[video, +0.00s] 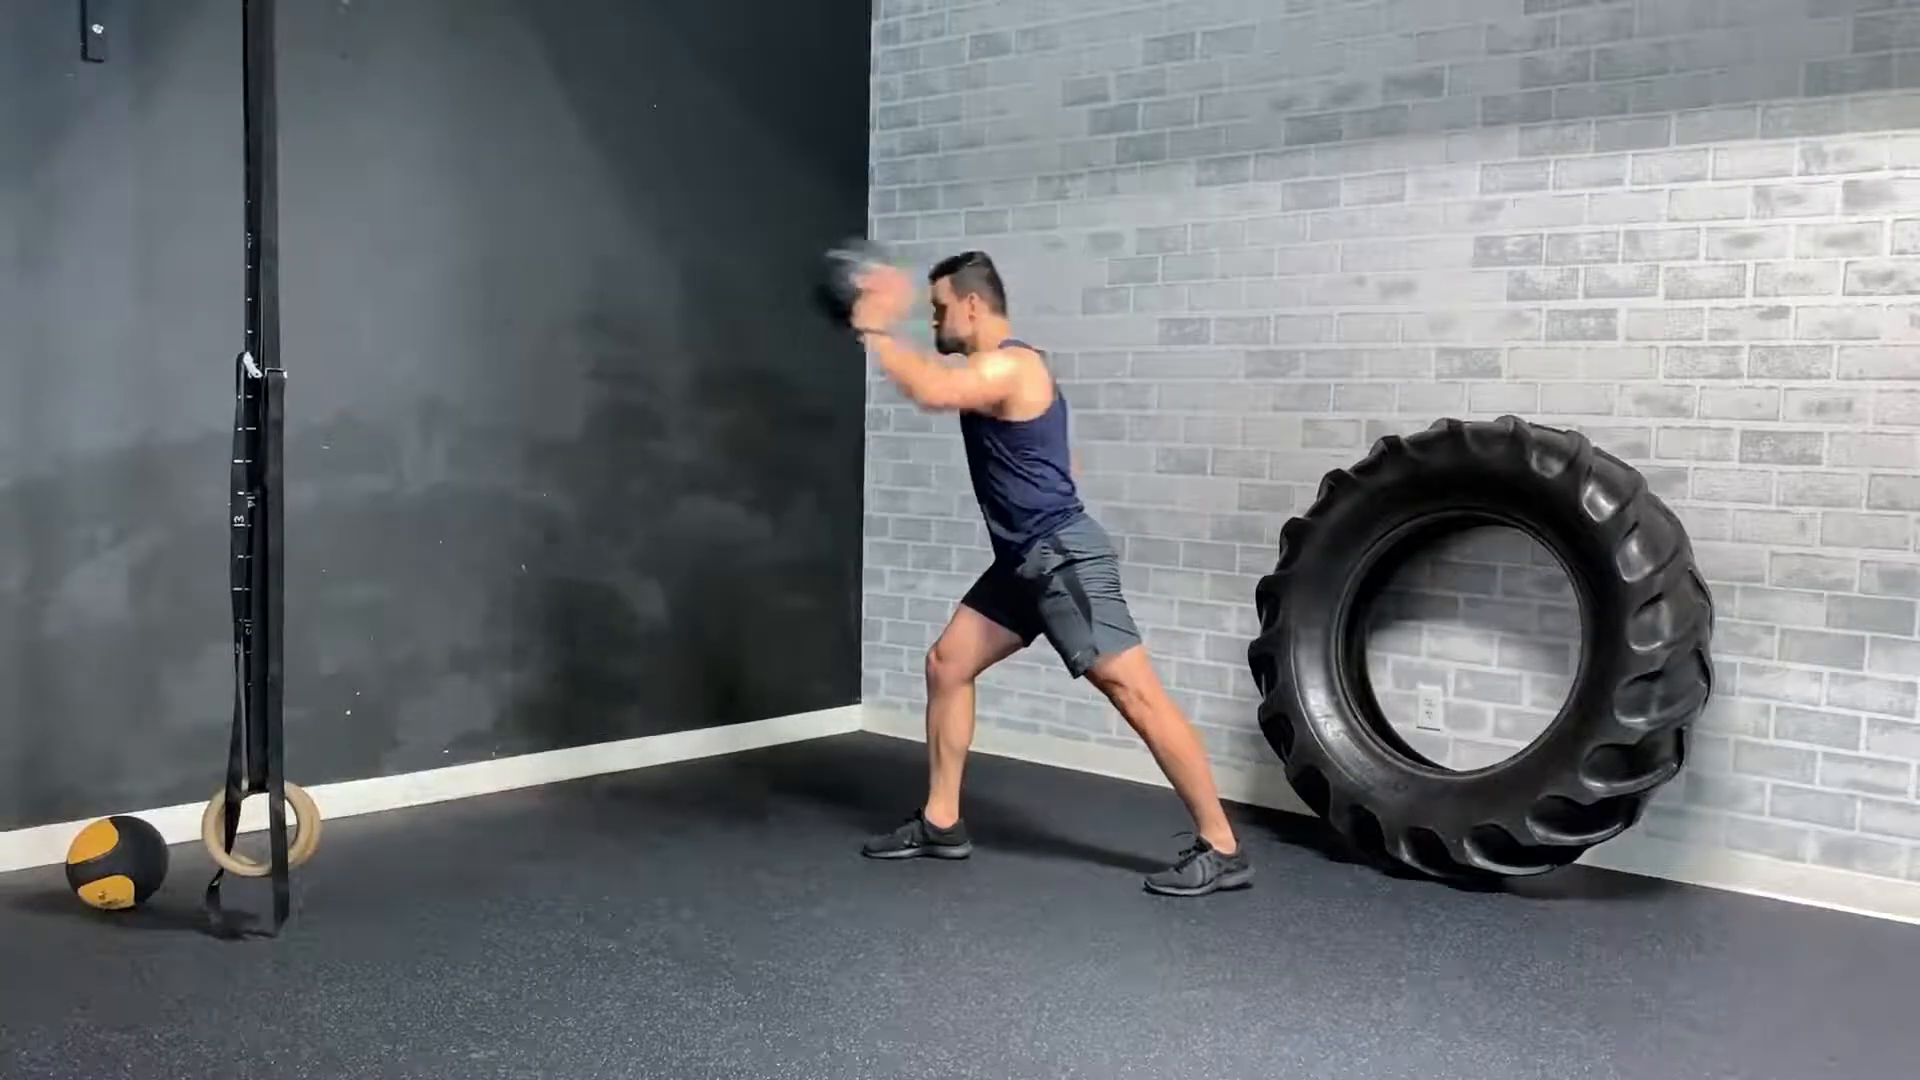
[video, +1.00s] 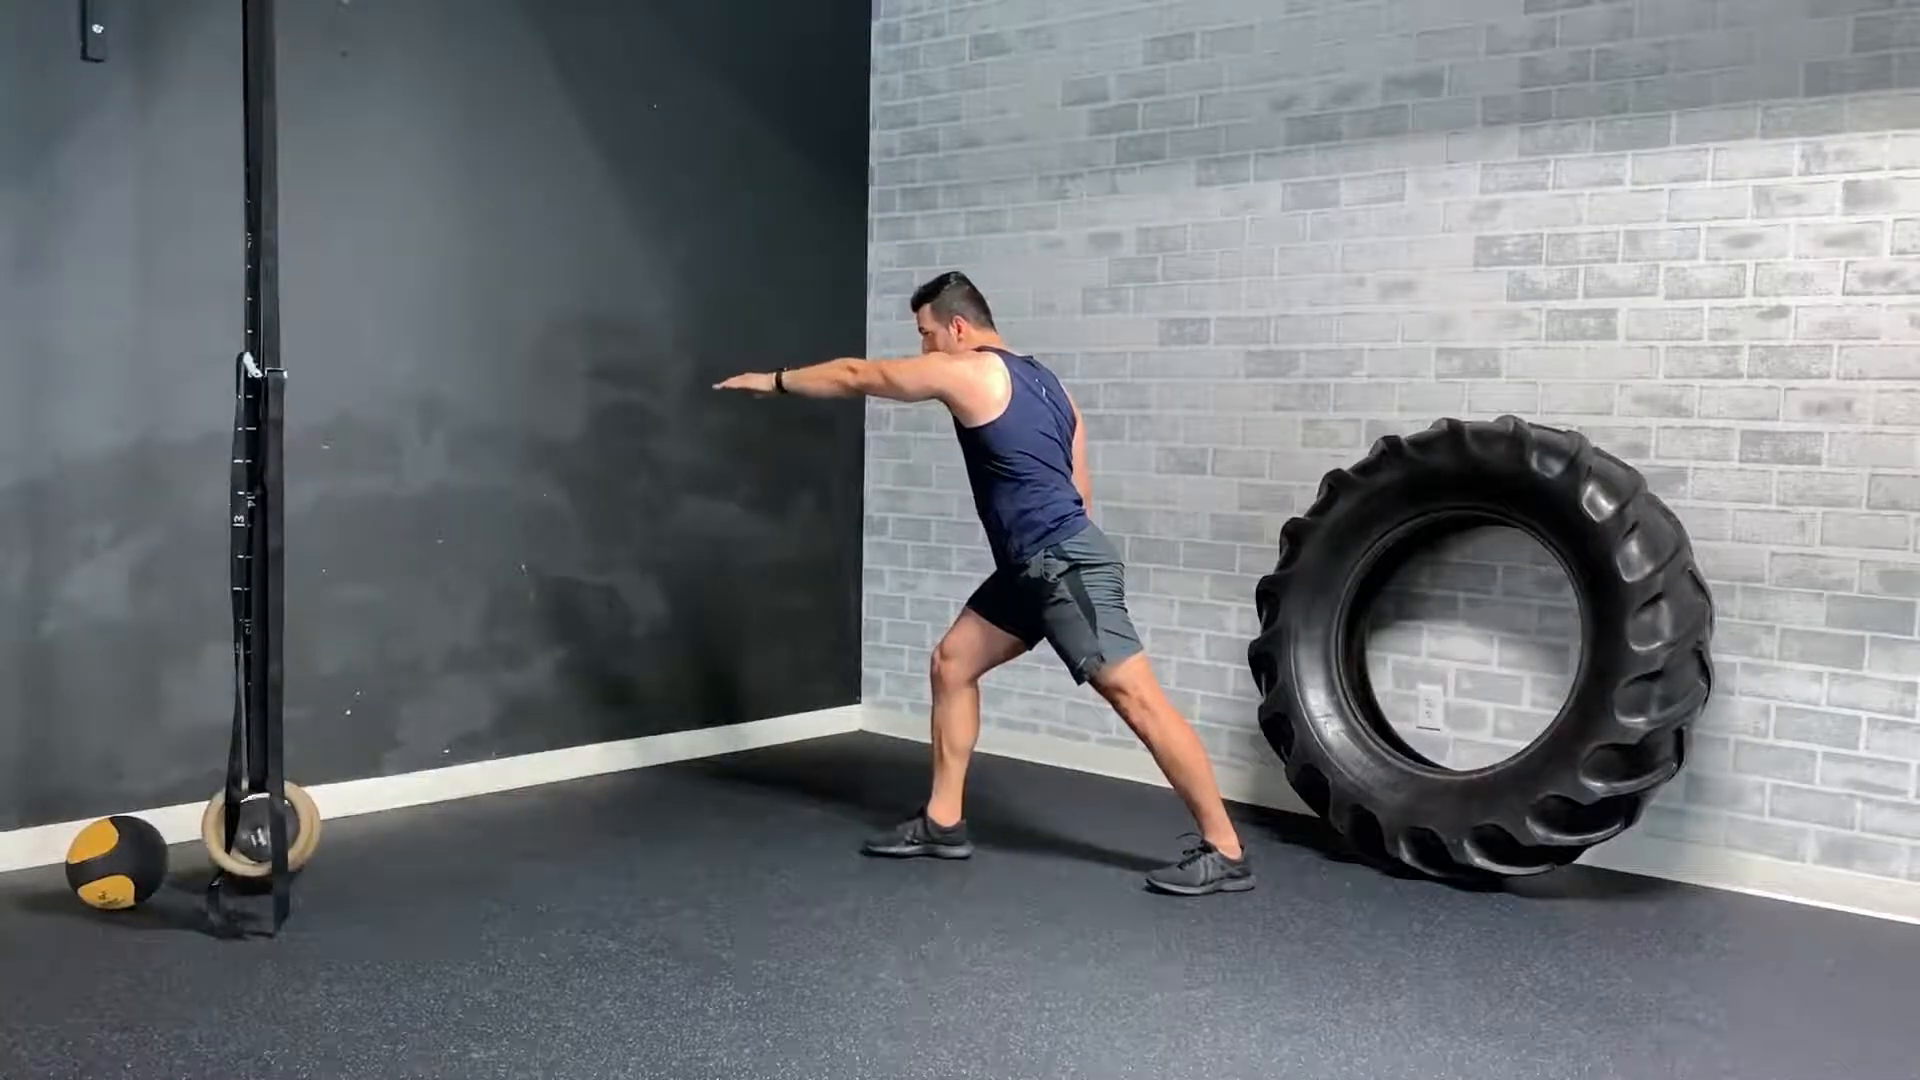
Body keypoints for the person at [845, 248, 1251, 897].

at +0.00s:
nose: (935, 322)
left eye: (941, 309)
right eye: (934, 311)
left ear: (976, 304)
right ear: (977, 307)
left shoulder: (1010, 366)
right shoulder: (999, 367)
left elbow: (931, 388)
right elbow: (1061, 459)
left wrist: (876, 333)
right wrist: (1054, 520)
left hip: (1064, 555)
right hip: (1026, 560)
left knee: (1137, 694)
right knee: (948, 665)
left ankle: (1221, 845)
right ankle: (941, 825)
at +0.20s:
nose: (907, 344)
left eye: (910, 331)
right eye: (905, 332)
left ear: (940, 319)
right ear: (957, 317)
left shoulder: (946, 367)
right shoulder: (1027, 375)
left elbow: (850, 355)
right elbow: (1063, 477)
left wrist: (779, 332)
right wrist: (1038, 540)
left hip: (1057, 555)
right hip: (1029, 560)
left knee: (1137, 693)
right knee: (949, 663)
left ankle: (1220, 845)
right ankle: (941, 822)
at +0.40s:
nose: (908, 355)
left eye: (911, 343)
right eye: (907, 345)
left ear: (941, 332)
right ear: (960, 330)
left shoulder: (946, 375)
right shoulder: (1031, 384)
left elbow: (847, 374)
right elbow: (1071, 485)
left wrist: (771, 367)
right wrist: (1051, 551)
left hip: (1056, 562)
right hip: (1037, 569)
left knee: (1141, 703)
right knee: (951, 660)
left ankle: (1224, 848)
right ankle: (941, 823)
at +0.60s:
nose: (913, 352)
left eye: (916, 339)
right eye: (911, 341)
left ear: (946, 328)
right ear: (968, 328)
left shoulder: (951, 370)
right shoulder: (1040, 386)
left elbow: (847, 371)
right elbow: (1076, 490)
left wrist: (766, 366)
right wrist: (1063, 552)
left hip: (1061, 561)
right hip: (1036, 570)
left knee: (1143, 703)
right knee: (953, 662)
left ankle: (1225, 849)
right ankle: (941, 824)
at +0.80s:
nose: (919, 351)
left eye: (921, 338)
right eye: (917, 340)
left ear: (951, 327)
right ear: (973, 326)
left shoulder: (958, 370)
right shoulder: (1042, 385)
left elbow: (855, 371)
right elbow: (1076, 490)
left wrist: (771, 366)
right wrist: (1065, 550)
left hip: (1062, 561)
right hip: (1036, 569)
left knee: (1143, 703)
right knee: (953, 662)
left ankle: (1226, 850)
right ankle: (942, 822)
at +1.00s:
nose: (924, 349)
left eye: (926, 335)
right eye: (922, 337)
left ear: (957, 325)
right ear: (977, 324)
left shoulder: (966, 371)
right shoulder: (1047, 384)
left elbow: (860, 376)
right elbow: (1076, 489)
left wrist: (774, 380)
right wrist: (1066, 550)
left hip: (1064, 560)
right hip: (1039, 568)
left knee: (1140, 701)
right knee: (953, 662)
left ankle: (1226, 850)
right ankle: (942, 822)